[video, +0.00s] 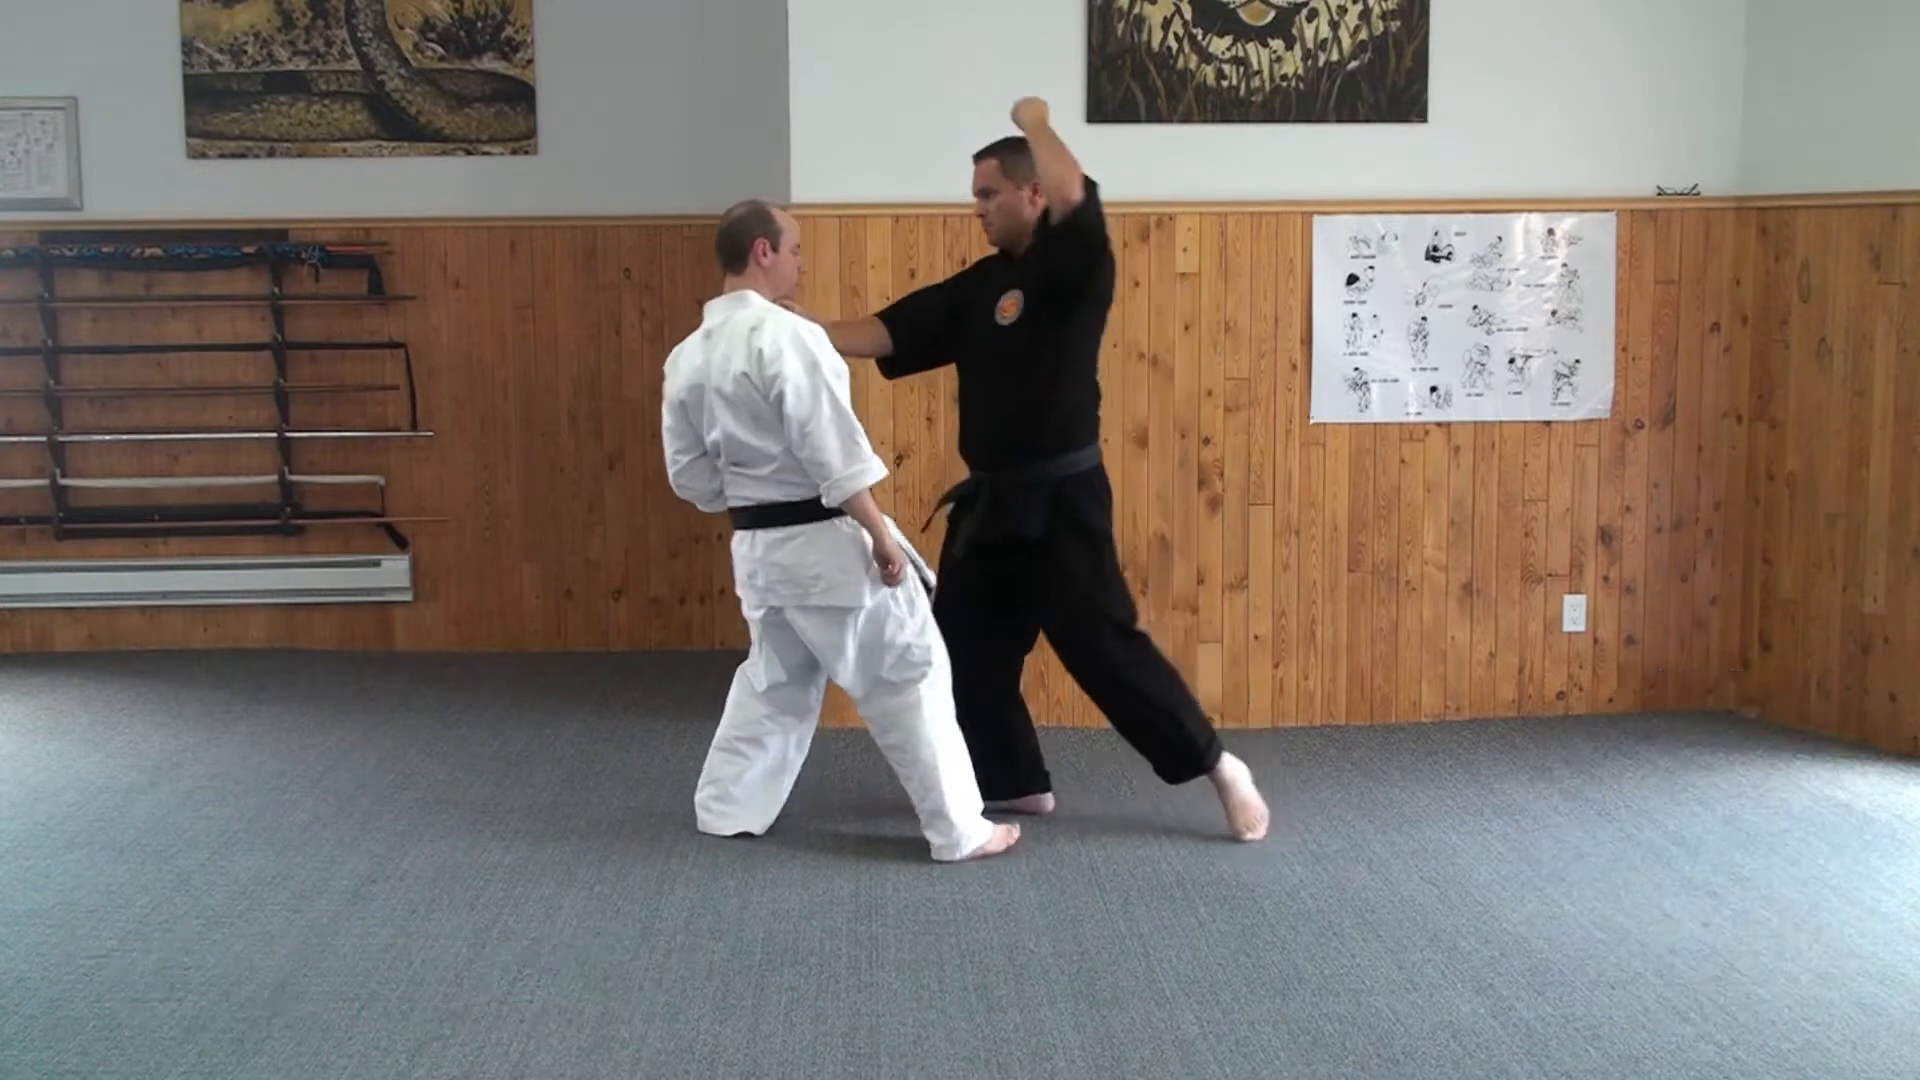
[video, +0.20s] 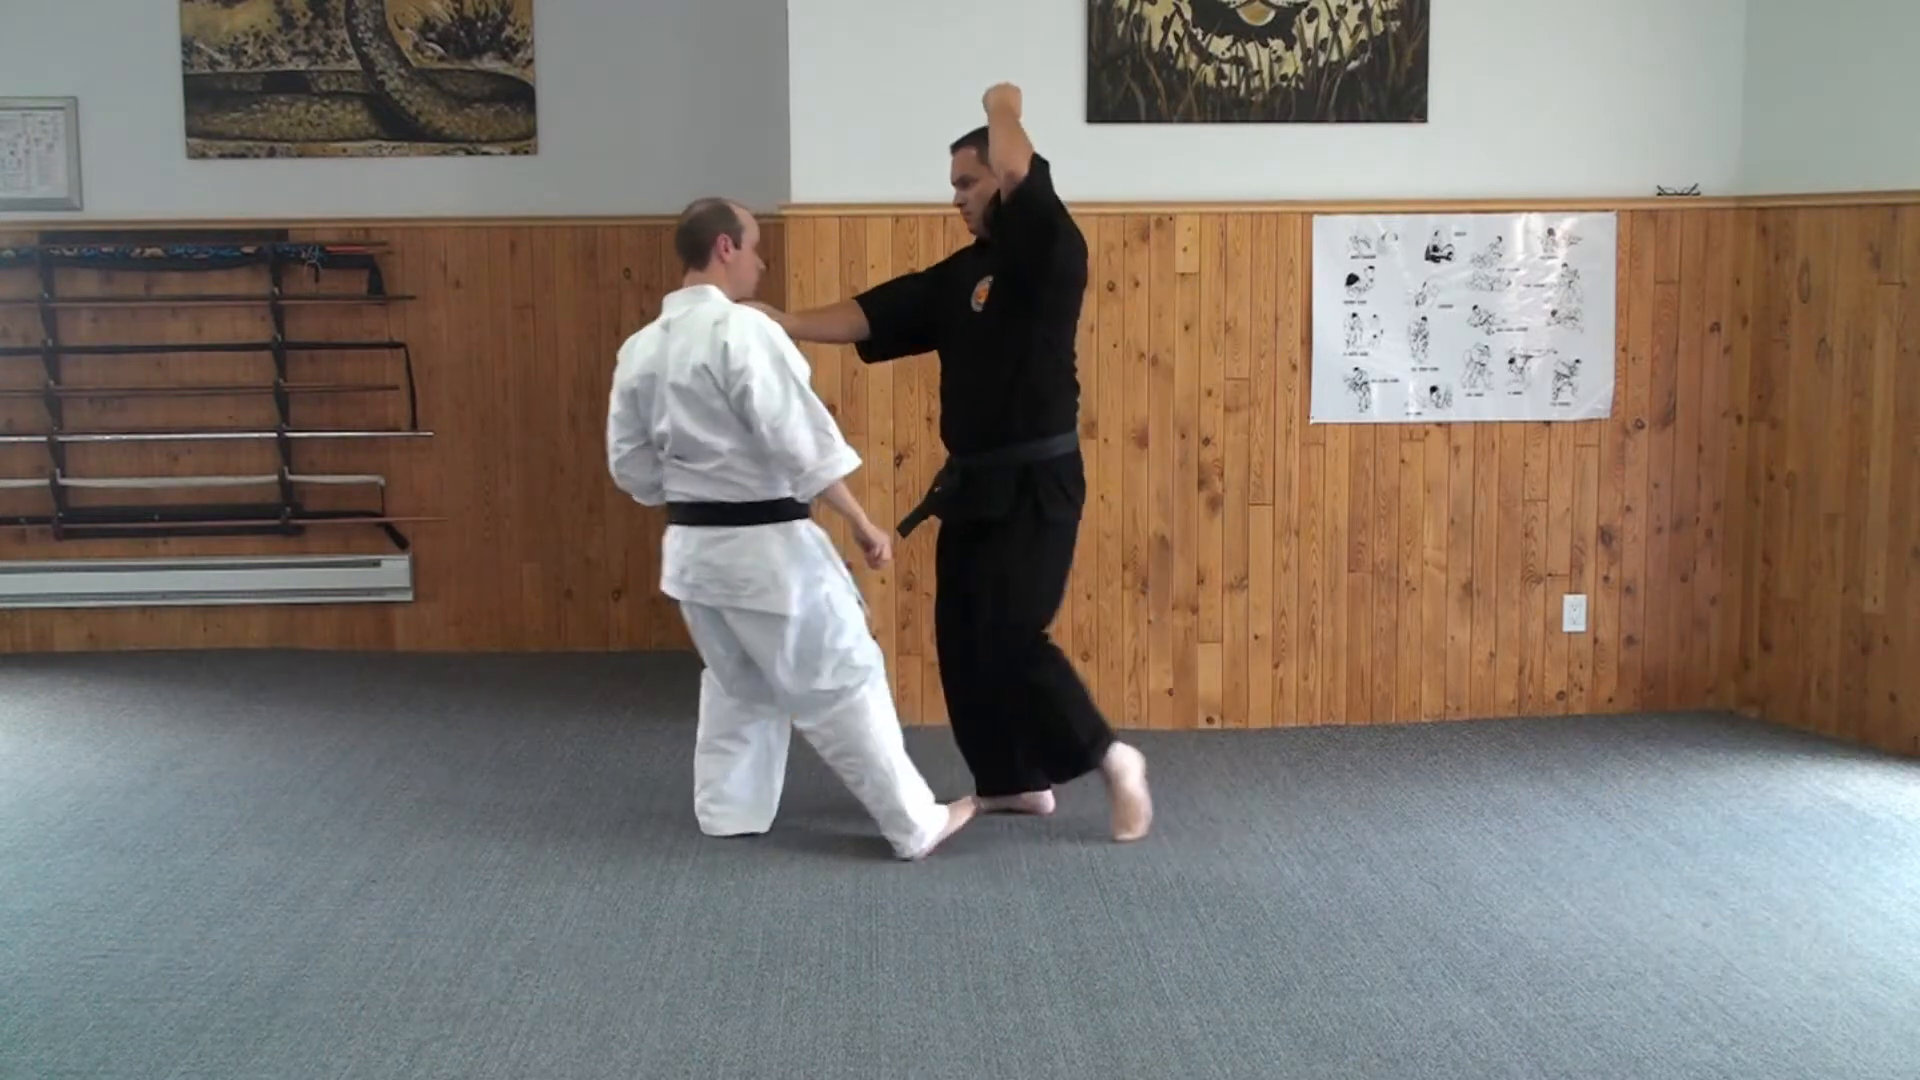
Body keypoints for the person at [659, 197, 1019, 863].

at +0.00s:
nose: (802, 265)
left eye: (800, 251)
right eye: (795, 251)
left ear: (743, 258)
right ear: (762, 254)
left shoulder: (686, 358)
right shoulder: (791, 337)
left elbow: (690, 476)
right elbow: (832, 450)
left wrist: (754, 506)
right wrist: (879, 532)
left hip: (756, 548)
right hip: (831, 542)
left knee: (775, 676)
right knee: (908, 677)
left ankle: (723, 810)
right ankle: (958, 828)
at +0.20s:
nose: (760, 263)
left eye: (758, 250)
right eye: (754, 250)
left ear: (699, 254)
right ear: (725, 250)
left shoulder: (640, 349)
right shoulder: (746, 332)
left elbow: (630, 466)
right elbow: (798, 440)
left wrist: (693, 496)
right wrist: (860, 518)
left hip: (691, 551)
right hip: (769, 549)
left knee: (735, 682)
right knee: (843, 679)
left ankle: (726, 812)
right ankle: (914, 823)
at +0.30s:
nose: (743, 259)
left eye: (741, 244)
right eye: (736, 244)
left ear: (684, 246)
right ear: (705, 244)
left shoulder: (622, 336)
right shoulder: (718, 328)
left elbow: (601, 461)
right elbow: (768, 444)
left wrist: (664, 492)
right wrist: (827, 526)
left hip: (663, 550)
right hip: (734, 549)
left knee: (721, 675)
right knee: (829, 651)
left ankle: (724, 807)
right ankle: (815, 810)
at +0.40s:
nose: (722, 251)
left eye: (721, 236)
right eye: (717, 235)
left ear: (658, 239)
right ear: (685, 236)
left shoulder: (602, 326)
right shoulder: (704, 323)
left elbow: (574, 438)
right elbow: (737, 442)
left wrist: (600, 501)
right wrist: (788, 524)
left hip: (639, 536)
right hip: (714, 536)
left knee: (688, 671)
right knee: (770, 666)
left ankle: (720, 805)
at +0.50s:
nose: (714, 248)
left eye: (712, 232)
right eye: (707, 232)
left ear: (653, 235)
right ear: (674, 233)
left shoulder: (588, 320)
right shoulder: (688, 321)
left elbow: (547, 423)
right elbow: (710, 446)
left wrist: (533, 506)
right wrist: (755, 531)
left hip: (612, 535)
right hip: (679, 538)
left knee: (692, 674)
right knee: (681, 683)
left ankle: (715, 807)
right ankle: (601, 820)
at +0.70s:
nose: (694, 243)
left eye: (694, 227)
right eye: (689, 227)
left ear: (626, 231)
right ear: (655, 229)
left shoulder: (565, 303)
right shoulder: (658, 317)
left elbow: (513, 403)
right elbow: (652, 446)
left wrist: (485, 487)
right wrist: (683, 543)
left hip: (563, 525)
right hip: (626, 531)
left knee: (632, 670)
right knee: (643, 685)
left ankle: (662, 804)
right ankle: (600, 839)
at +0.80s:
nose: (680, 241)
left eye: (678, 227)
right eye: (674, 227)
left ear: (617, 232)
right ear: (641, 230)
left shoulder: (556, 304)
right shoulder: (645, 318)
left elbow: (506, 407)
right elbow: (629, 439)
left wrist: (488, 489)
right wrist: (645, 546)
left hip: (553, 525)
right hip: (615, 533)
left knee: (584, 668)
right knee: (646, 684)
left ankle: (554, 791)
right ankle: (601, 839)